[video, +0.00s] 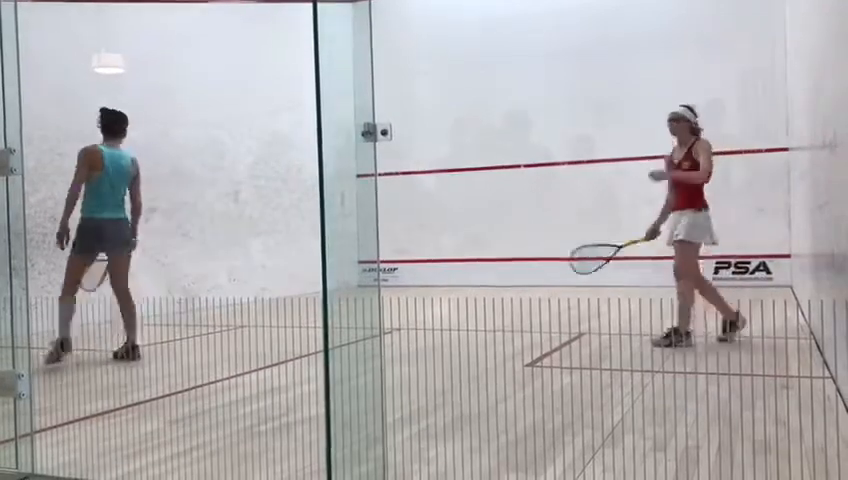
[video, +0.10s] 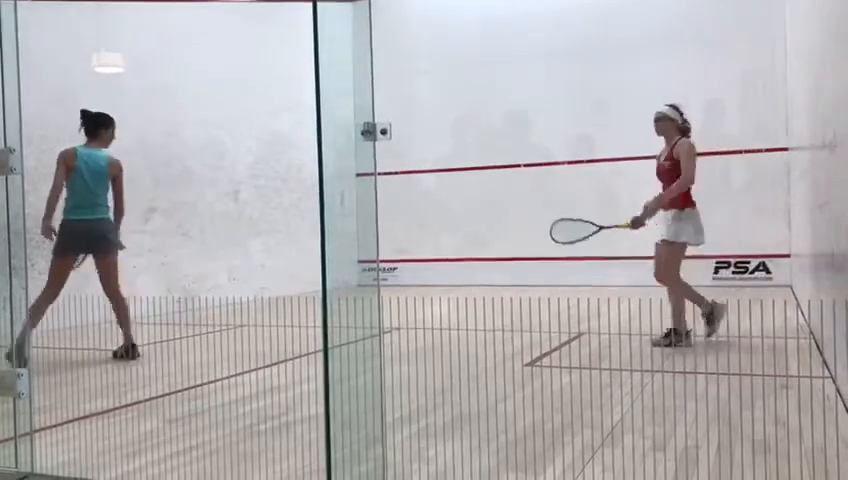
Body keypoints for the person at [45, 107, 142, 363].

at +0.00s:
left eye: (104, 128)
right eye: (123, 130)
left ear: (102, 129)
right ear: (124, 132)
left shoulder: (89, 154)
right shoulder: (131, 161)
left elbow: (75, 190)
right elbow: (136, 202)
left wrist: (64, 222)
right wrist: (134, 231)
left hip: (91, 229)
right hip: (120, 230)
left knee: (70, 287)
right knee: (121, 288)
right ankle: (132, 344)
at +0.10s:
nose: (114, 138)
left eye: (114, 133)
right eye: (112, 132)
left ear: (88, 132)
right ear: (104, 132)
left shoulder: (68, 155)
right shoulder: (113, 163)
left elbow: (56, 190)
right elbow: (119, 206)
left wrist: (46, 220)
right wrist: (115, 232)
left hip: (71, 230)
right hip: (102, 230)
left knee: (50, 291)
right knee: (113, 290)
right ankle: (129, 343)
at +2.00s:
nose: (93, 132)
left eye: (92, 126)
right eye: (89, 127)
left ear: (70, 129)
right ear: (75, 128)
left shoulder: (45, 155)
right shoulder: (86, 161)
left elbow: (24, 190)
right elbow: (93, 206)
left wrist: (27, 226)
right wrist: (106, 241)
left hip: (44, 229)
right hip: (75, 230)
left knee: (40, 296)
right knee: (72, 299)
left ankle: (30, 357)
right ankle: (69, 359)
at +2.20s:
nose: (94, 131)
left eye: (93, 126)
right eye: (90, 127)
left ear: (71, 129)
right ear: (76, 128)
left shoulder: (46, 156)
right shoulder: (87, 161)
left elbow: (26, 193)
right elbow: (94, 207)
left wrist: (30, 228)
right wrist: (104, 242)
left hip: (46, 229)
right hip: (76, 230)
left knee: (42, 297)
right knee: (73, 299)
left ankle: (31, 358)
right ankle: (71, 360)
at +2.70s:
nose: (95, 133)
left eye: (94, 128)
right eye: (91, 128)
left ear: (72, 130)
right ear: (78, 130)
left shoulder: (49, 157)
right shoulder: (89, 161)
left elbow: (30, 195)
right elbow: (94, 205)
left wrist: (42, 221)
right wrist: (106, 242)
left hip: (48, 231)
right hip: (77, 232)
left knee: (44, 299)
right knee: (76, 301)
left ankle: (36, 360)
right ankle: (75, 362)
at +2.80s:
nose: (95, 132)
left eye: (93, 127)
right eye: (91, 128)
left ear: (71, 131)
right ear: (77, 130)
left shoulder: (48, 158)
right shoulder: (89, 162)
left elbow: (31, 195)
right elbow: (95, 206)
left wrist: (40, 223)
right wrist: (108, 242)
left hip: (46, 232)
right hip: (76, 233)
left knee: (42, 298)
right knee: (76, 300)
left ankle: (32, 358)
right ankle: (76, 362)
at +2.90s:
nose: (91, 132)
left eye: (89, 127)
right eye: (87, 127)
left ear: (69, 131)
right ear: (75, 130)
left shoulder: (45, 157)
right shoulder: (86, 163)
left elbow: (34, 193)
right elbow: (94, 207)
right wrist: (109, 241)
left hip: (45, 232)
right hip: (74, 234)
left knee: (36, 297)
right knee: (76, 300)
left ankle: (19, 357)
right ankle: (76, 362)